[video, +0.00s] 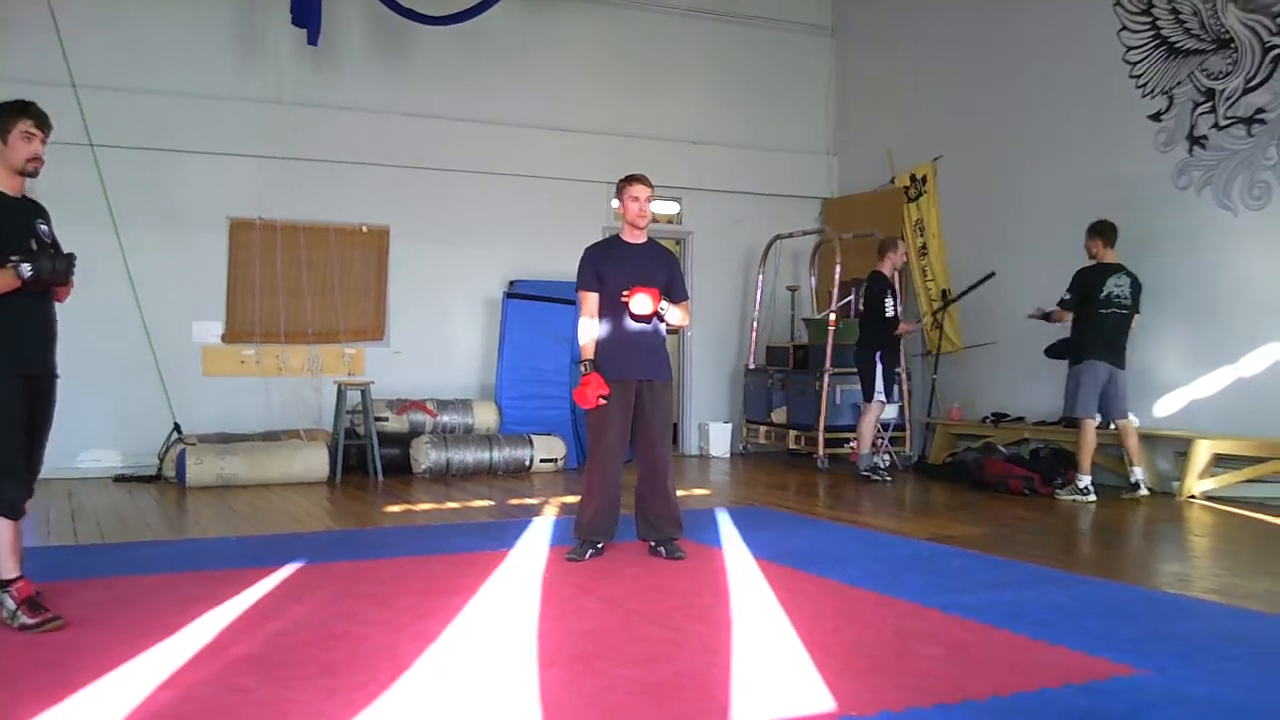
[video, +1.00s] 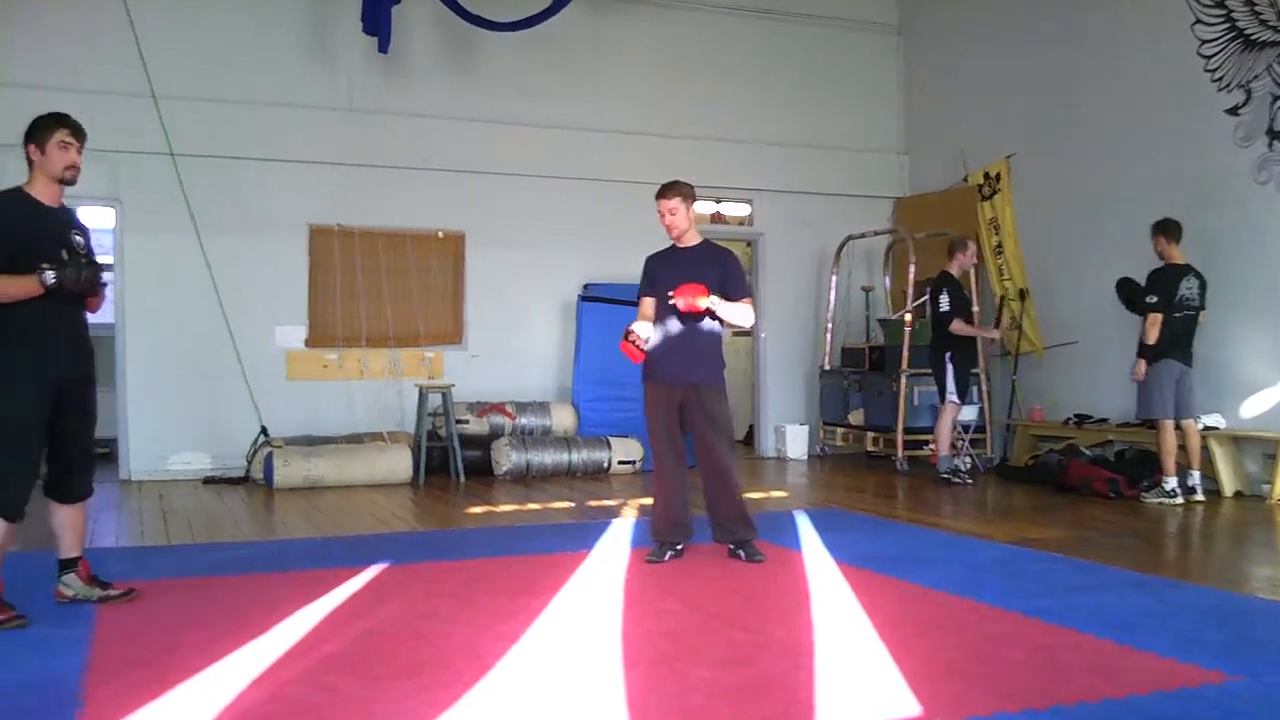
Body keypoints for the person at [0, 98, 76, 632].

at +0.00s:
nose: (38, 148)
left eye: (42, 140)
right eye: (28, 137)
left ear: (41, 149)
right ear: (2, 141)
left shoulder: (37, 212)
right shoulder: (2, 205)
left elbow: (56, 290)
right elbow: (3, 280)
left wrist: (58, 279)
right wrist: (27, 275)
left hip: (37, 364)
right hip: (8, 363)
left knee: (18, 480)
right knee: (11, 480)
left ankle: (11, 584)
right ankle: (12, 586)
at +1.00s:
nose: (75, 156)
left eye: (79, 149)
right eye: (65, 147)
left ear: (77, 158)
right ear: (34, 152)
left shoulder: (74, 226)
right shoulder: (6, 209)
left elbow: (93, 302)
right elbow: (0, 288)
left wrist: (89, 280)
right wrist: (48, 278)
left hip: (72, 366)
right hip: (16, 367)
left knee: (72, 469)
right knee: (11, 477)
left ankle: (73, 575)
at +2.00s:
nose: (156, 162)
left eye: (159, 154)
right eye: (148, 151)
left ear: (148, 159)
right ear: (116, 151)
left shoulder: (134, 220)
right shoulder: (78, 208)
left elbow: (130, 287)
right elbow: (68, 291)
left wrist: (151, 283)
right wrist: (137, 282)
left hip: (134, 370)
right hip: (85, 371)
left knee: (146, 472)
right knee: (67, 476)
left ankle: (163, 575)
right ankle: (46, 588)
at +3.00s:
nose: (226, 108)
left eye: (231, 100)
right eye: (218, 97)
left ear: (229, 104)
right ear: (188, 95)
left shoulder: (215, 166)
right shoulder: (146, 147)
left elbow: (229, 247)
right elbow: (126, 224)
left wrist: (231, 226)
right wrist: (196, 218)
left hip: (209, 306)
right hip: (164, 305)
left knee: (195, 409)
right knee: (179, 410)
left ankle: (161, 511)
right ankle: (187, 530)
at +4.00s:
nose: (278, 112)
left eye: (282, 103)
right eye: (270, 100)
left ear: (271, 107)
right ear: (239, 99)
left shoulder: (258, 168)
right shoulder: (206, 157)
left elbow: (253, 235)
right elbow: (203, 241)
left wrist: (283, 230)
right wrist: (267, 227)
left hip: (268, 316)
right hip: (228, 317)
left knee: (260, 419)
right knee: (228, 423)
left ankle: (249, 523)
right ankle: (221, 541)